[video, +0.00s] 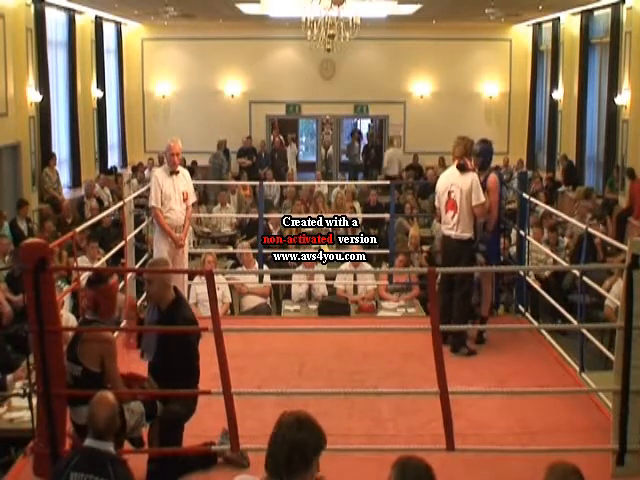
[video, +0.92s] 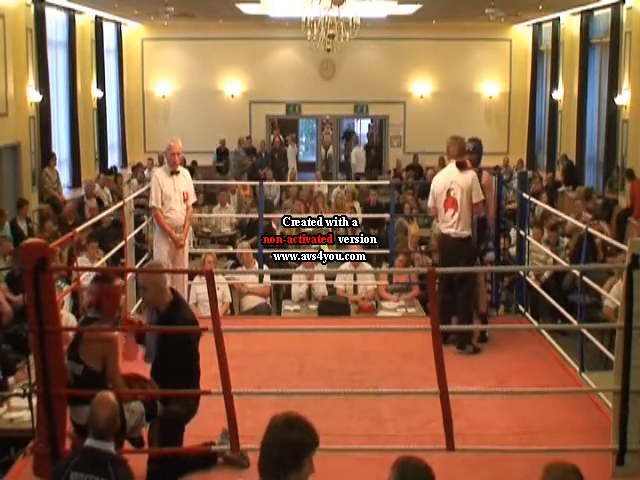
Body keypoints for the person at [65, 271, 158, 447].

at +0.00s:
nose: (116, 300)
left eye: (115, 293)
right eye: (112, 294)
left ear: (91, 298)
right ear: (98, 298)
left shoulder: (83, 327)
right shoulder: (104, 337)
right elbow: (116, 390)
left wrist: (129, 384)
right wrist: (138, 395)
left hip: (77, 411)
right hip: (93, 415)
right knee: (152, 406)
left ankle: (133, 430)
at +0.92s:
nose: (120, 301)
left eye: (119, 295)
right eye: (117, 295)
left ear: (94, 298)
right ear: (104, 299)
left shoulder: (83, 325)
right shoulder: (108, 336)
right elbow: (117, 388)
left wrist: (129, 384)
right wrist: (139, 396)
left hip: (76, 410)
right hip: (94, 415)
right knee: (153, 406)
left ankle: (133, 430)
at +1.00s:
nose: (120, 304)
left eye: (120, 298)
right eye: (117, 298)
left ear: (93, 299)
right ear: (105, 300)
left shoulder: (83, 327)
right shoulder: (106, 338)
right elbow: (117, 390)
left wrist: (129, 383)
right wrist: (139, 394)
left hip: (76, 410)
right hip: (93, 415)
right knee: (152, 405)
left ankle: (133, 429)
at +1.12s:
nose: (120, 304)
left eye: (120, 298)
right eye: (117, 298)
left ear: (94, 299)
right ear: (103, 300)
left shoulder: (83, 327)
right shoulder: (105, 339)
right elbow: (117, 390)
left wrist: (129, 384)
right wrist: (139, 395)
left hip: (76, 410)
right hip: (94, 415)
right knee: (152, 405)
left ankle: (133, 430)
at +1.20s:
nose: (120, 304)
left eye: (120, 298)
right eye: (117, 298)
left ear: (94, 300)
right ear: (105, 300)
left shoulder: (83, 328)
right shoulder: (105, 339)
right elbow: (116, 389)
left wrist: (130, 384)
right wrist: (140, 395)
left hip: (76, 410)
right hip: (94, 414)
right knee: (152, 406)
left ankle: (133, 430)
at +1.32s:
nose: (120, 305)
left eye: (120, 299)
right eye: (117, 299)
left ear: (94, 300)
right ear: (104, 301)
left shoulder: (83, 329)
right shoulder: (105, 339)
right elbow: (116, 390)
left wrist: (128, 384)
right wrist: (141, 395)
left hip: (77, 410)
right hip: (94, 414)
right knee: (152, 406)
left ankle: (133, 430)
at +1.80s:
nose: (122, 304)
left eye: (122, 299)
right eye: (118, 299)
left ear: (95, 300)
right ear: (100, 301)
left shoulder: (85, 325)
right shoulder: (107, 337)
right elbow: (118, 391)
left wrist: (129, 378)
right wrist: (139, 395)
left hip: (77, 410)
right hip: (94, 415)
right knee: (152, 407)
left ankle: (132, 429)